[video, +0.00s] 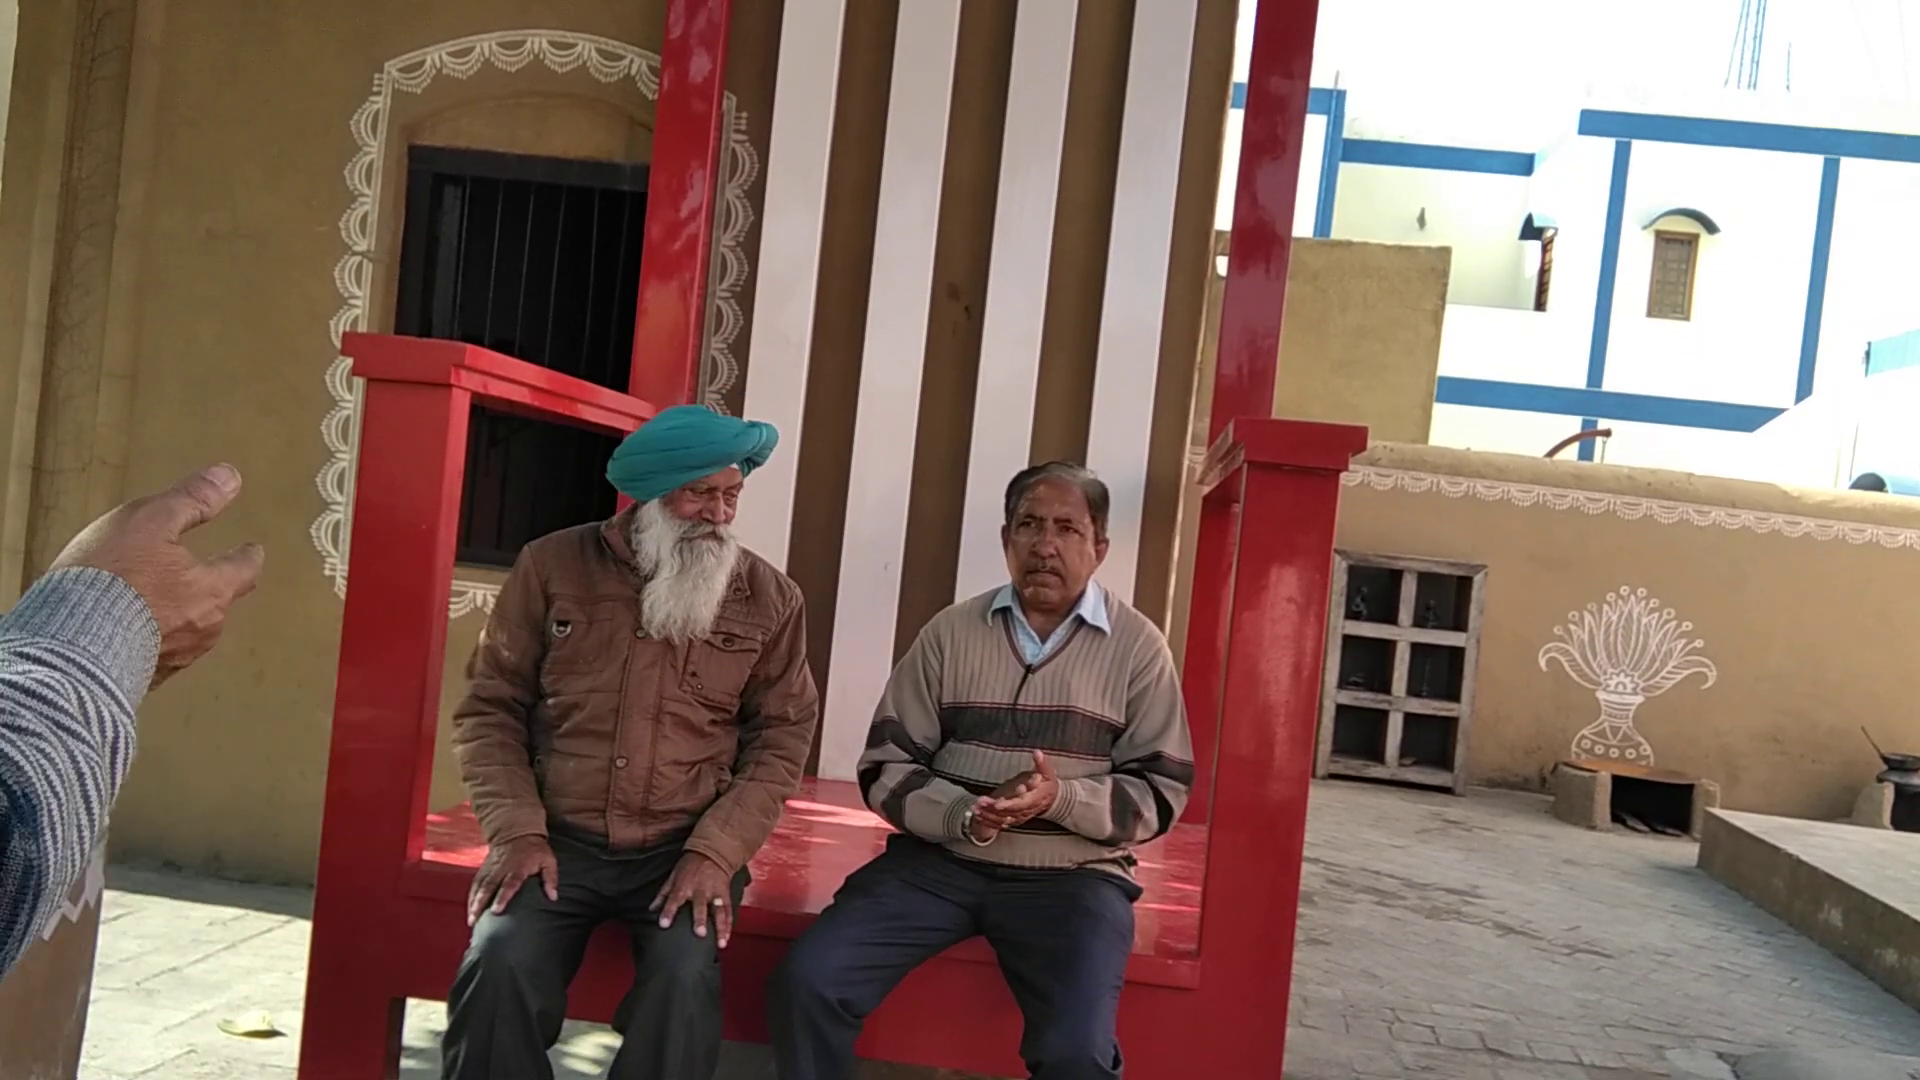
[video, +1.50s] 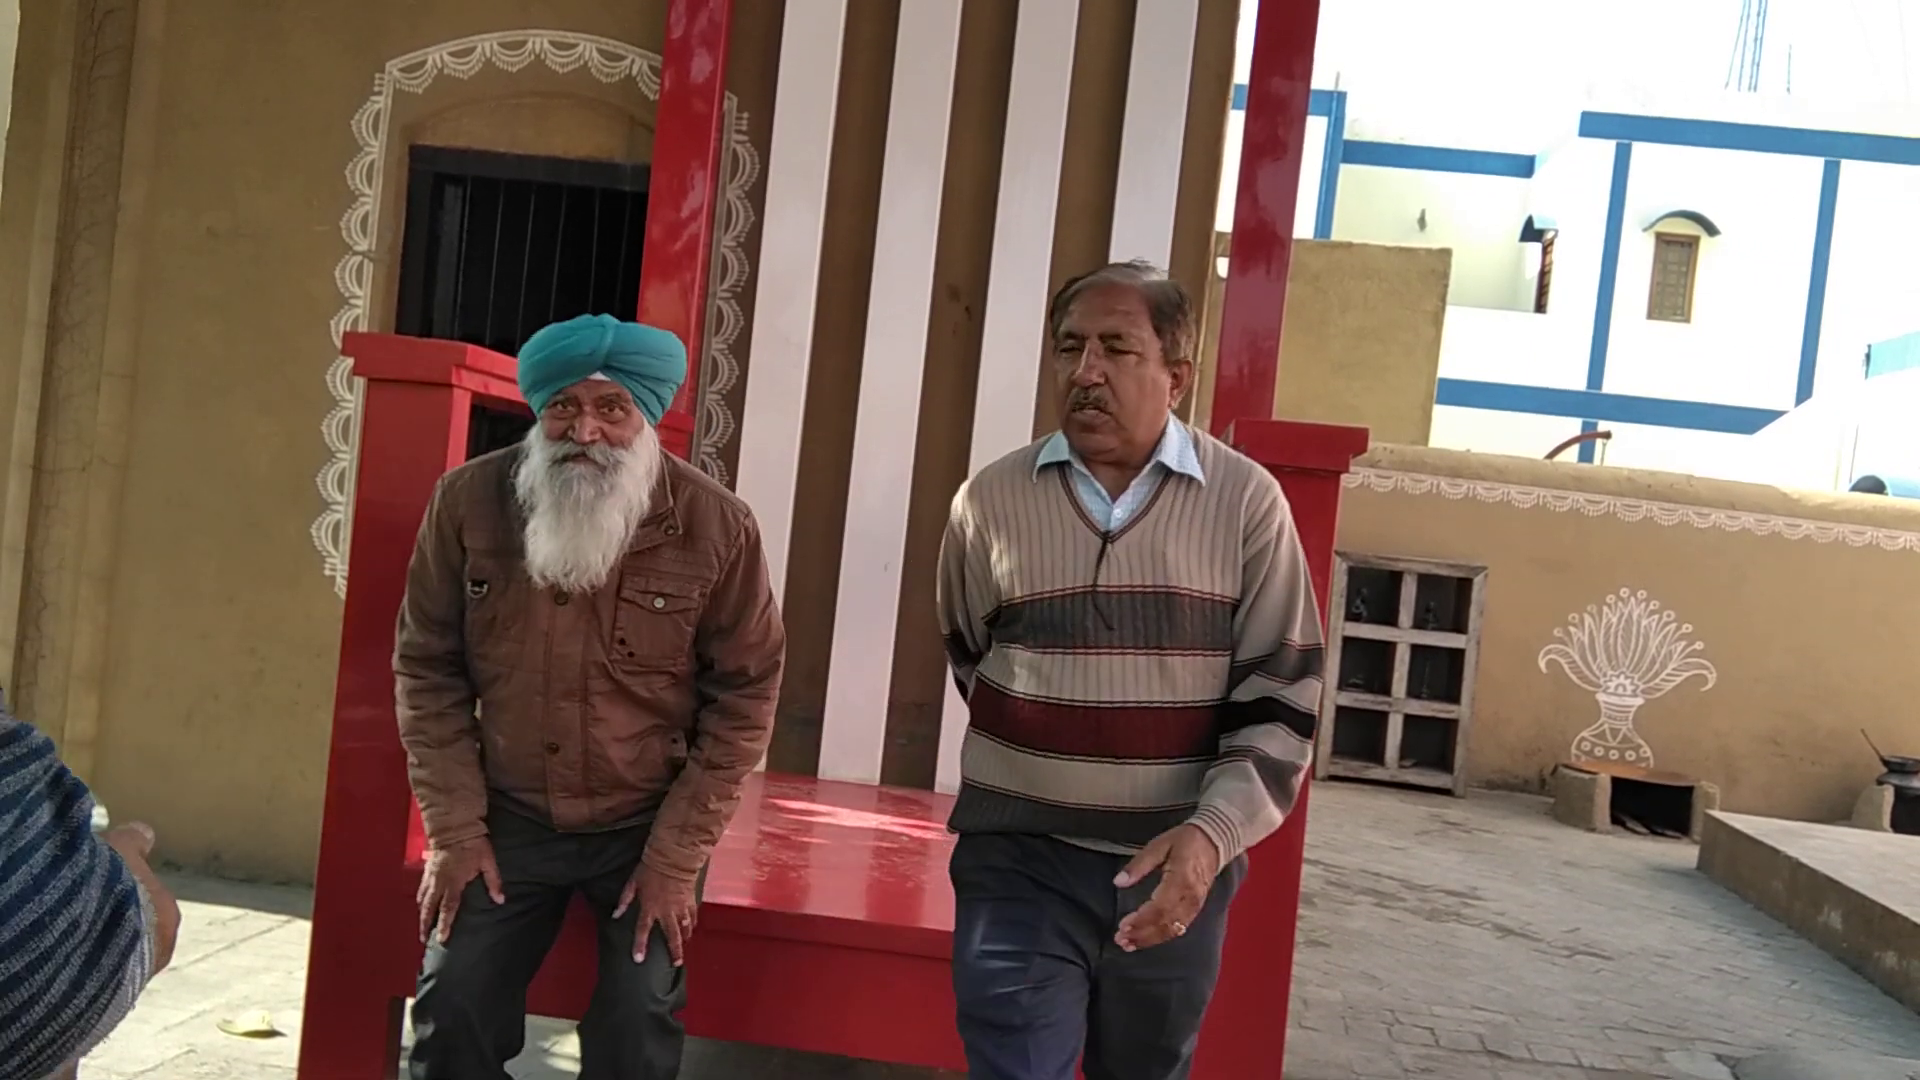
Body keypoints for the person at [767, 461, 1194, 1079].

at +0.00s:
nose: (1046, 545)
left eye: (1067, 529)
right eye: (1031, 526)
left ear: (1099, 550)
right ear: (1006, 542)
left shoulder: (1140, 649)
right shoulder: (949, 634)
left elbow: (1160, 793)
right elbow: (884, 765)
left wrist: (1061, 799)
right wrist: (961, 812)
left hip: (1072, 880)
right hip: (936, 863)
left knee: (1076, 1051)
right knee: (806, 986)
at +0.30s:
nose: (1035, 551)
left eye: (1057, 535)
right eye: (1018, 532)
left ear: (1091, 555)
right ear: (996, 546)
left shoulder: (1134, 655)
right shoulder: (940, 641)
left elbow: (1144, 804)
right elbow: (881, 776)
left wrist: (1044, 827)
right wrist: (951, 833)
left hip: (1071, 879)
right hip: (934, 863)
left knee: (1071, 1019)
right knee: (817, 959)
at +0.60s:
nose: (1013, 551)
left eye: (1037, 531)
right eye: (995, 527)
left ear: (1074, 544)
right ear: (970, 534)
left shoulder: (1122, 646)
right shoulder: (917, 634)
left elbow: (1112, 826)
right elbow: (868, 796)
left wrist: (1034, 939)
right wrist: (896, 933)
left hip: (1066, 883)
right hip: (932, 869)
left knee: (1084, 1050)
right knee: (815, 1012)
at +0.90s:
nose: (1016, 459)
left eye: (1043, 438)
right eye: (999, 435)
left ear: (1088, 456)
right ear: (977, 445)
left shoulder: (1149, 565)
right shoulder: (928, 557)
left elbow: (1176, 751)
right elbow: (870, 730)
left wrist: (1132, 905)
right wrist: (871, 892)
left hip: (1086, 849)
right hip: (948, 837)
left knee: (1095, 1054)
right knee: (849, 1029)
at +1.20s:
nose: (1051, 377)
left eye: (1077, 355)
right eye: (1042, 354)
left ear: (1147, 367)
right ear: (1031, 362)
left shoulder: (1222, 495)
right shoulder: (987, 481)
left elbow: (1259, 691)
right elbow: (917, 645)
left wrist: (1226, 855)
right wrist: (892, 805)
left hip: (1145, 829)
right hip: (990, 805)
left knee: (1117, 1064)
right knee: (913, 1027)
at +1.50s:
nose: (1084, 371)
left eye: (1116, 349)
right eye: (1071, 348)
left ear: (1177, 376)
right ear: (1054, 363)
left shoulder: (1247, 504)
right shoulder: (986, 503)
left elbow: (1283, 705)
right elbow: (971, 667)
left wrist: (1212, 834)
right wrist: (1057, 753)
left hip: (1175, 879)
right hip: (1018, 862)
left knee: (1143, 1070)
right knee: (1019, 1067)